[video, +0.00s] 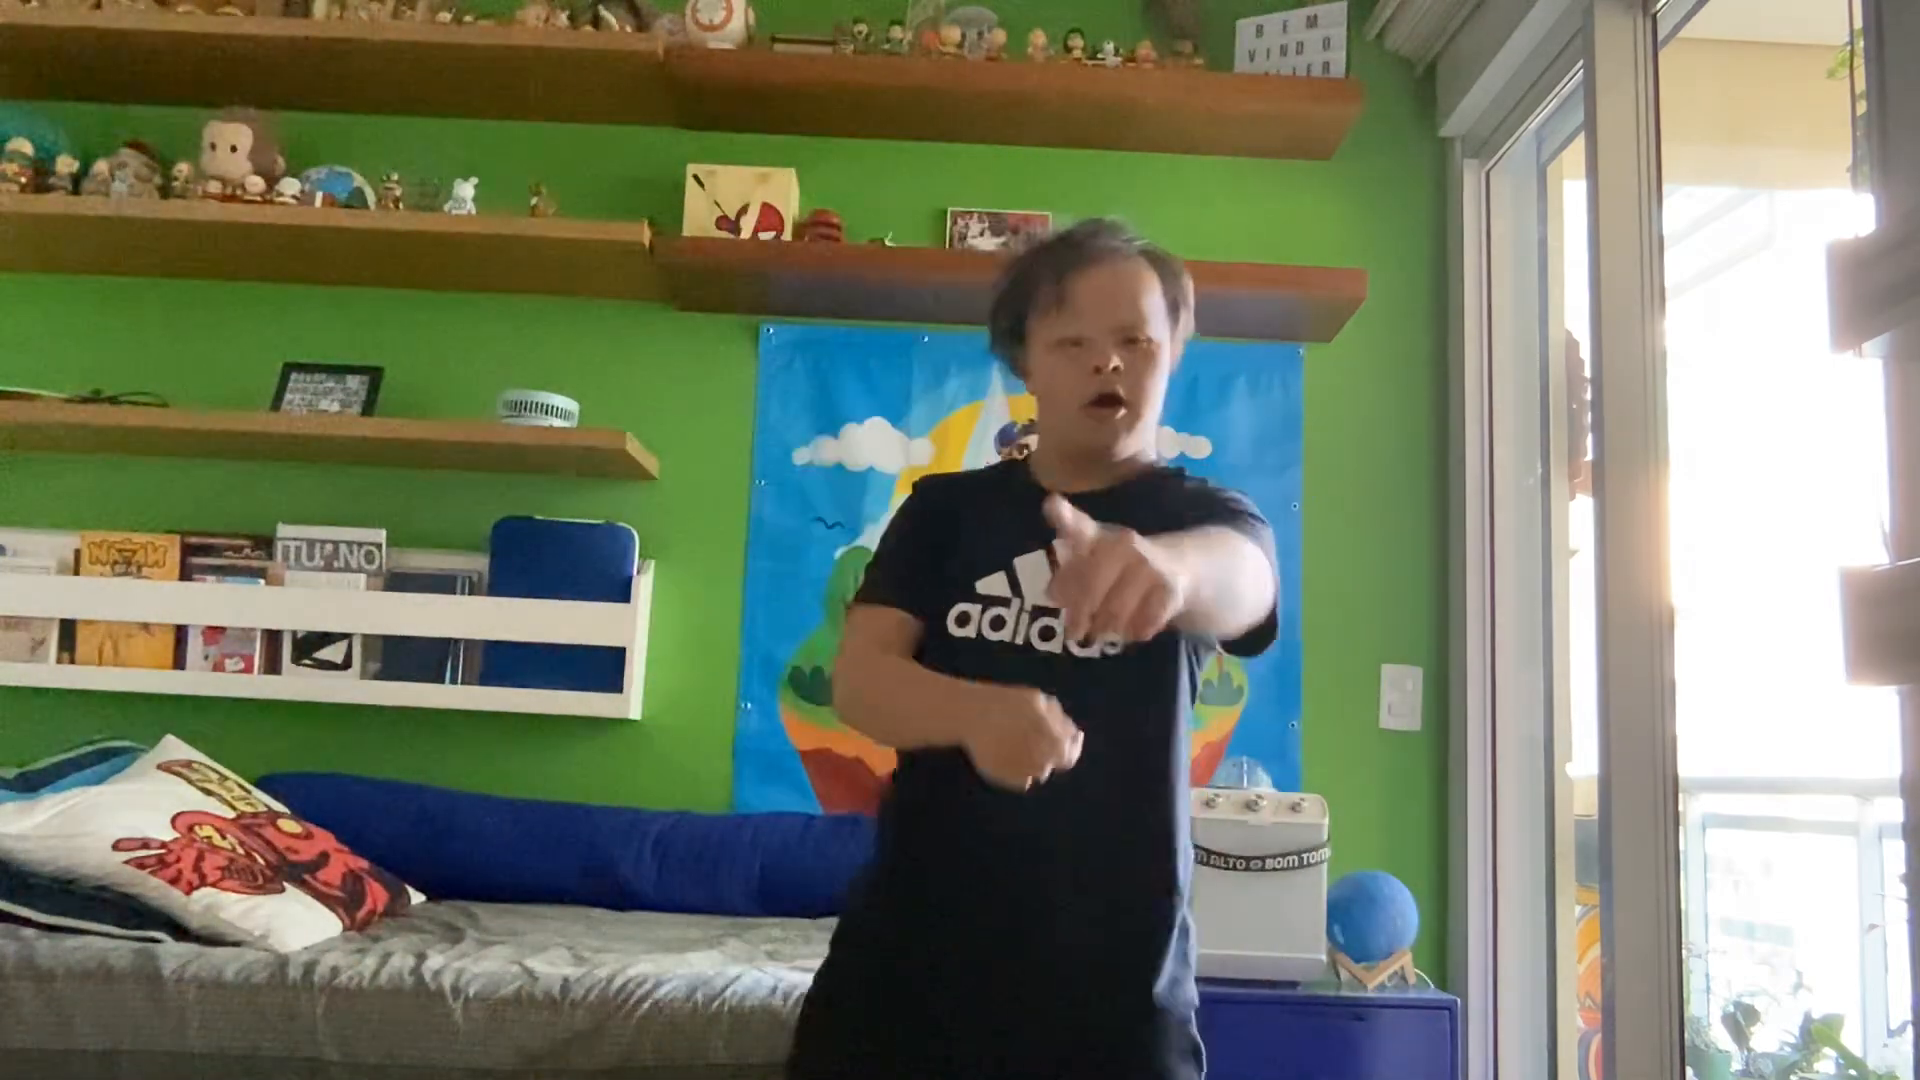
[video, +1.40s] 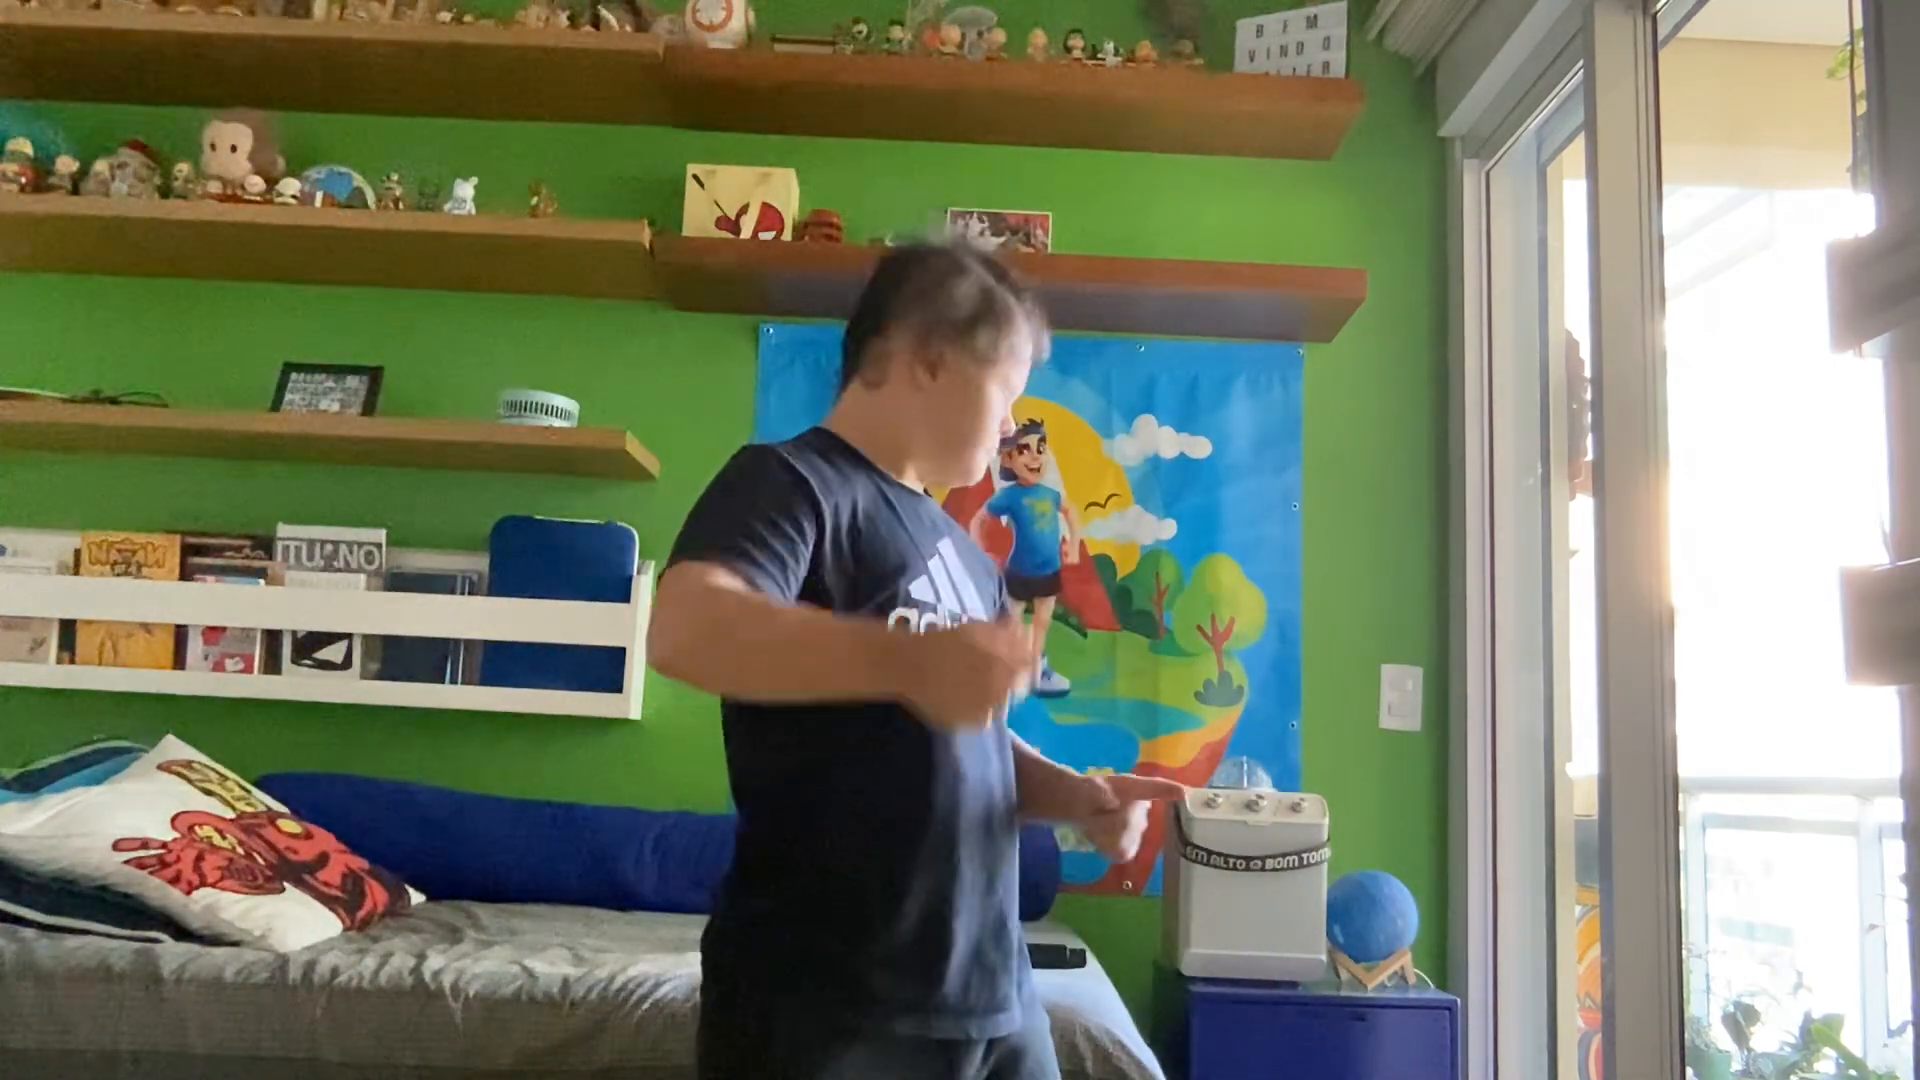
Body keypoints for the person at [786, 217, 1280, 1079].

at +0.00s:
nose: (1107, 366)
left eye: (1134, 341)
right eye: (1071, 343)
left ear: (1173, 360)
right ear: (1024, 364)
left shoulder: (1206, 517)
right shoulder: (943, 509)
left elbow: (1241, 576)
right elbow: (861, 680)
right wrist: (974, 714)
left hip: (1113, 969)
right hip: (923, 957)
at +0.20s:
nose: (1081, 390)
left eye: (1107, 365)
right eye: (1048, 366)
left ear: (1143, 380)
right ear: (998, 379)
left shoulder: (1161, 514)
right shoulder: (928, 527)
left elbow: (1177, 532)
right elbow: (815, 662)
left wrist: (1151, 503)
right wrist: (950, 605)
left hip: (1101, 974)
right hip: (916, 968)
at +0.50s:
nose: (1008, 378)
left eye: (1037, 354)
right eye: (975, 355)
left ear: (1075, 370)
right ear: (928, 370)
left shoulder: (1081, 483)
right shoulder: (868, 520)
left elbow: (1088, 521)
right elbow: (734, 632)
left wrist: (1059, 568)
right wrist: (875, 596)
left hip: (1015, 969)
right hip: (823, 956)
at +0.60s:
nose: (991, 377)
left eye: (1018, 353)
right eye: (958, 354)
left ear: (1055, 366)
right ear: (910, 368)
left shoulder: (1084, 507)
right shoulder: (841, 513)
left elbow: (1090, 603)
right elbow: (713, 625)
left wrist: (1030, 642)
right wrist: (869, 592)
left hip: (999, 963)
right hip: (810, 950)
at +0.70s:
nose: (974, 379)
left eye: (1001, 355)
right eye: (941, 354)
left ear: (1036, 373)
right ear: (891, 365)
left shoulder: (1077, 535)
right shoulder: (809, 501)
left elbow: (1090, 704)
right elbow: (695, 604)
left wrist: (994, 730)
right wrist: (862, 575)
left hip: (995, 965)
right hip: (797, 952)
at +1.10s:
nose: (976, 385)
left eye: (993, 369)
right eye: (946, 355)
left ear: (1009, 389)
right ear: (864, 347)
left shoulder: (987, 536)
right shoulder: (797, 459)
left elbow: (1014, 694)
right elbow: (714, 554)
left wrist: (1050, 775)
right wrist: (914, 548)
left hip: (983, 976)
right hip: (817, 979)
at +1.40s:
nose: (1008, 430)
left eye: (1015, 402)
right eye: (1006, 394)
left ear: (934, 363)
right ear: (926, 359)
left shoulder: (962, 551)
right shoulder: (791, 480)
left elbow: (958, 746)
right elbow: (686, 625)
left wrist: (1077, 799)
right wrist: (911, 661)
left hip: (994, 1006)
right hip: (831, 1011)